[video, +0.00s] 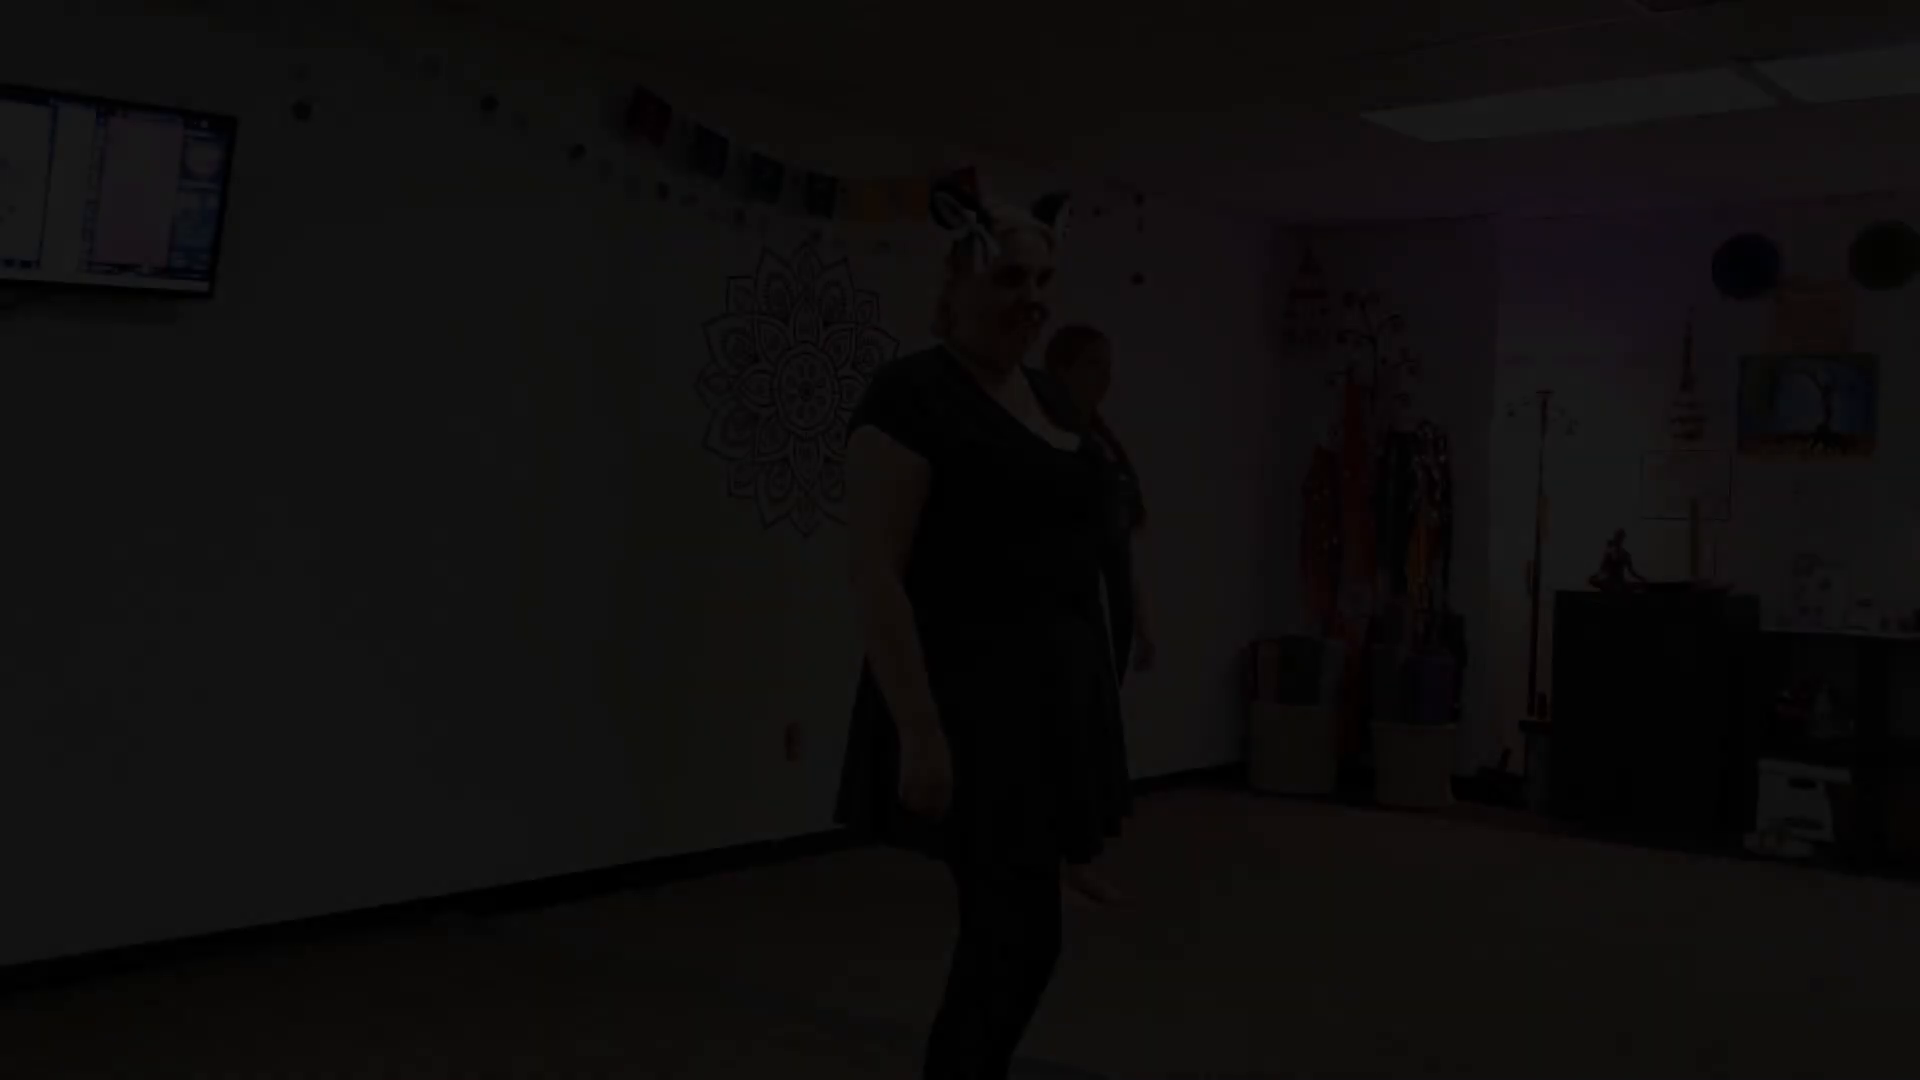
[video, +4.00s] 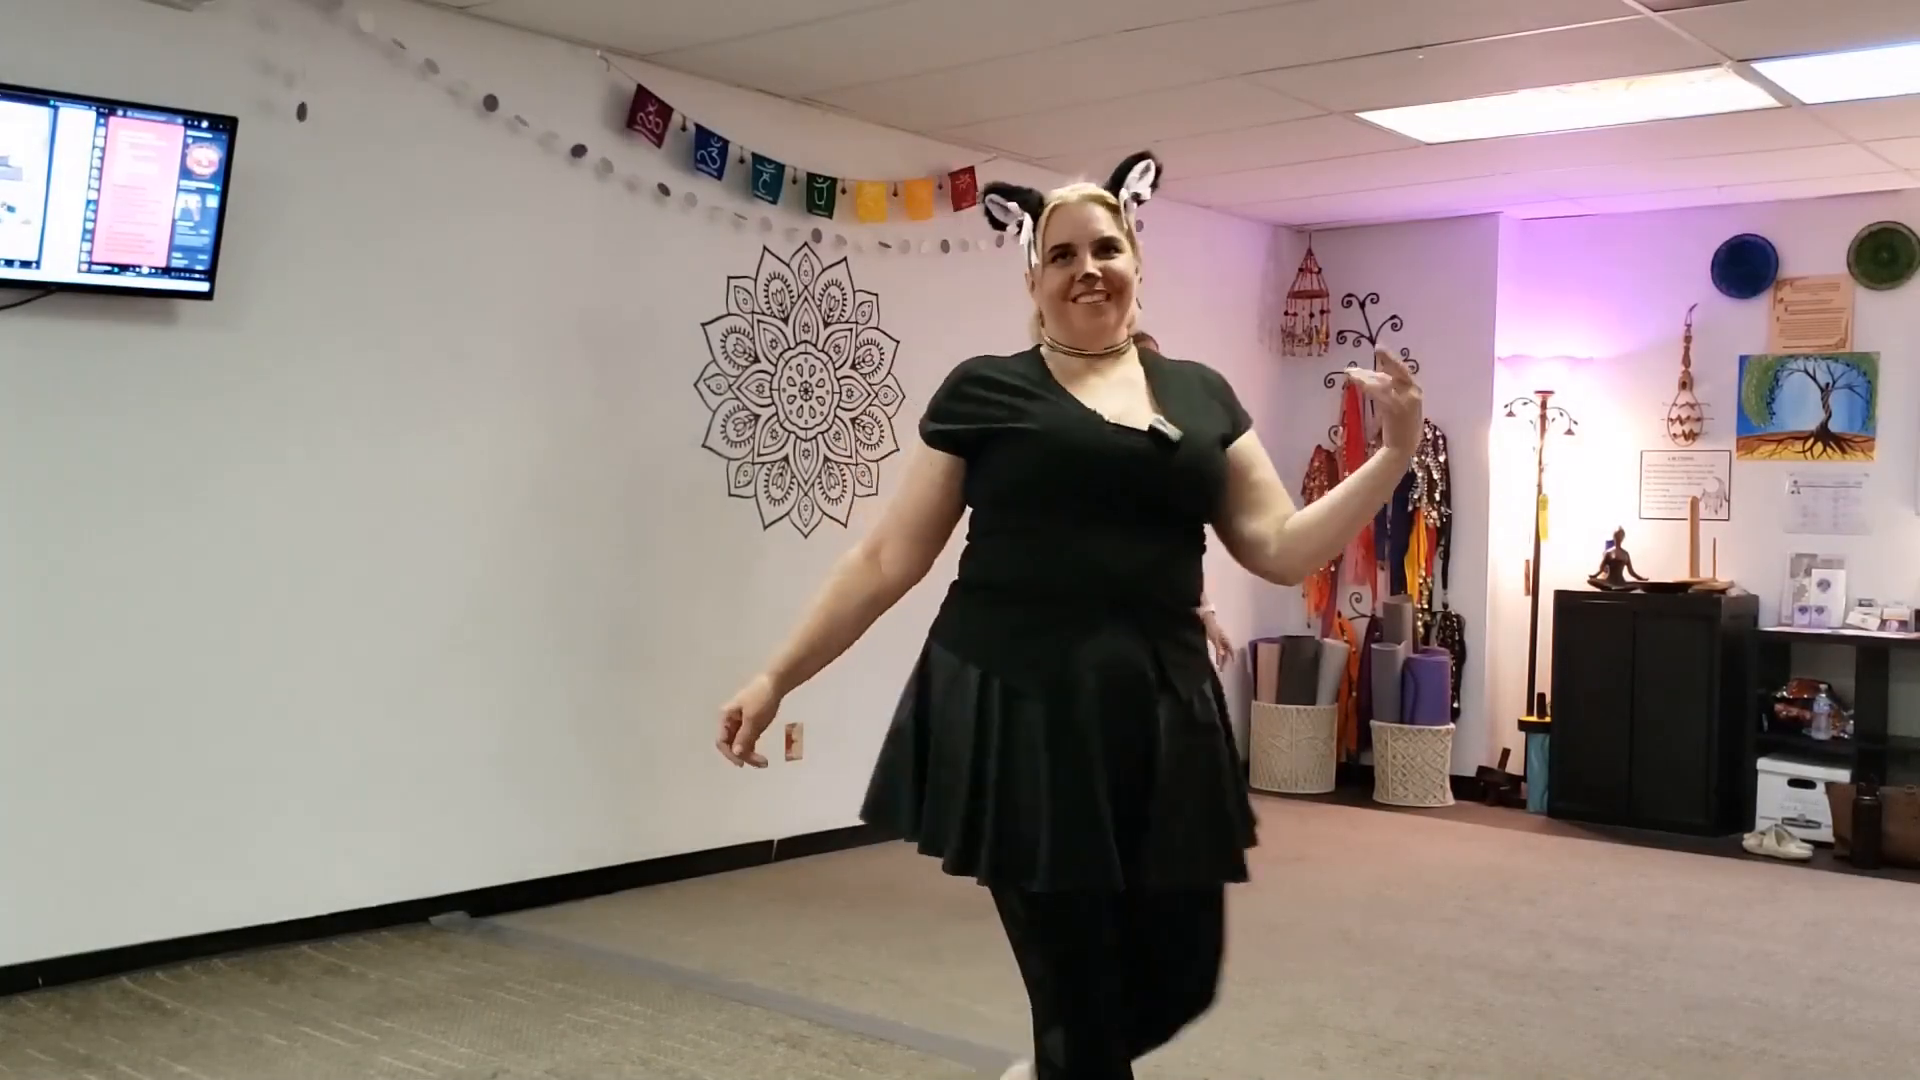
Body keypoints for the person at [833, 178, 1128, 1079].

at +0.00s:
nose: (1032, 300)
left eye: (1043, 282)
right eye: (1010, 279)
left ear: (1050, 291)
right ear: (957, 286)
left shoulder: (1040, 403)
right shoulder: (913, 396)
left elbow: (1070, 564)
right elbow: (874, 571)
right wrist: (919, 730)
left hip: (1048, 704)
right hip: (963, 709)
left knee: (1019, 940)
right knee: (1008, 945)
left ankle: (972, 1070)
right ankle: (957, 1075)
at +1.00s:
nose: (1032, 281)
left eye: (1042, 265)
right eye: (1008, 263)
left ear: (1049, 278)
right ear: (952, 279)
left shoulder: (1051, 386)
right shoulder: (913, 380)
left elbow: (1089, 553)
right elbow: (875, 556)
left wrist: (1122, 685)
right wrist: (920, 714)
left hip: (1052, 688)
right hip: (969, 693)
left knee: (1013, 937)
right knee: (1009, 940)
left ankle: (967, 1068)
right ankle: (956, 1071)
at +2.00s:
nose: (1028, 283)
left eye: (1036, 268)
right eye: (1004, 264)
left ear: (1043, 283)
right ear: (941, 282)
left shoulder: (1053, 394)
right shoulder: (902, 388)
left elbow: (1092, 555)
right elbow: (863, 564)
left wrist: (1112, 681)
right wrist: (910, 721)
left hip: (1055, 690)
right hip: (959, 692)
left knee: (1015, 938)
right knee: (1015, 940)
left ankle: (967, 1072)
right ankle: (955, 1070)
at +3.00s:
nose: (1027, 284)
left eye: (1031, 269)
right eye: (1000, 271)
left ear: (1039, 282)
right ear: (941, 298)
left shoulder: (1051, 386)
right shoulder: (910, 379)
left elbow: (1102, 535)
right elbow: (897, 554)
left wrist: (1124, 675)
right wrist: (931, 720)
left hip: (1060, 683)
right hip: (968, 689)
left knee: (1021, 937)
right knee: (1019, 941)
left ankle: (969, 1069)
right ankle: (957, 1072)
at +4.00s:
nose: (1088, 268)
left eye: (1106, 248)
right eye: (1063, 254)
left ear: (1138, 267)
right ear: (1032, 282)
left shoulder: (1197, 397)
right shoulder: (988, 393)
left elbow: (1281, 551)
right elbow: (886, 557)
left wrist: (1395, 457)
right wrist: (773, 680)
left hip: (1159, 717)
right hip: (1012, 718)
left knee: (1180, 979)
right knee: (1079, 1006)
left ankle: (1054, 1063)